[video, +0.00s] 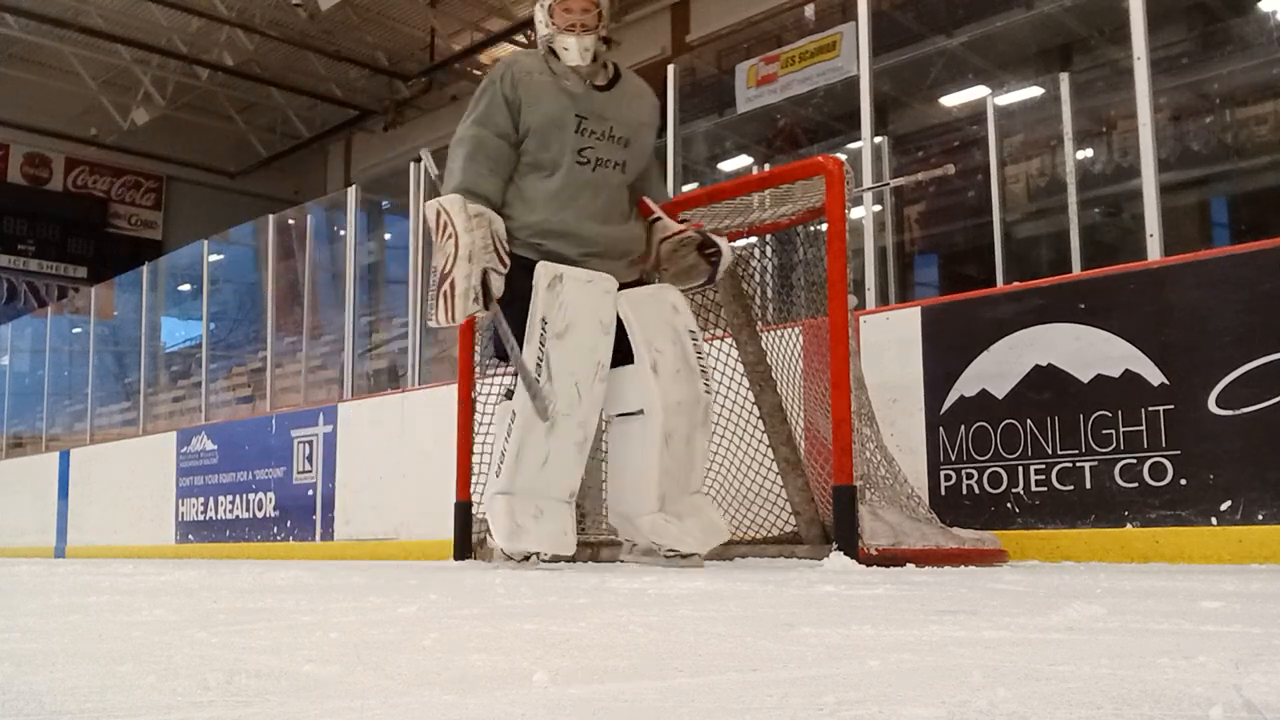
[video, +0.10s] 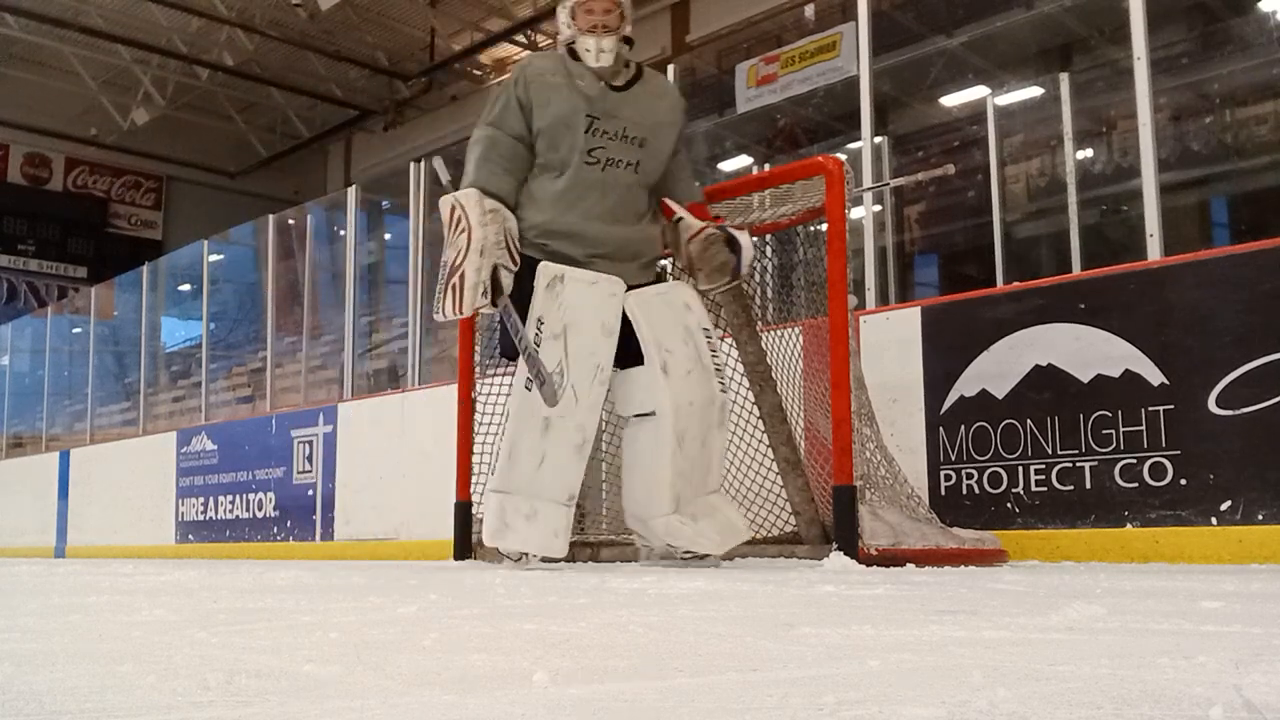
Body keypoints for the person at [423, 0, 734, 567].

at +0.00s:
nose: (574, 13)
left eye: (585, 5)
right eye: (562, 5)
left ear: (603, 16)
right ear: (543, 15)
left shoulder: (639, 96)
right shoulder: (515, 78)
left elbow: (646, 198)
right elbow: (476, 164)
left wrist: (670, 250)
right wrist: (470, 237)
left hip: (623, 277)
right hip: (536, 267)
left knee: (662, 382)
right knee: (562, 383)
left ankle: (657, 530)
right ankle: (531, 534)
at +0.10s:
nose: (598, 18)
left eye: (609, 9)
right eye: (586, 9)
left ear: (626, 18)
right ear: (567, 19)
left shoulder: (662, 96)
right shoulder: (533, 80)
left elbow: (678, 180)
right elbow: (495, 160)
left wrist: (711, 234)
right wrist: (483, 227)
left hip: (640, 271)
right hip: (551, 266)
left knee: (676, 392)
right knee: (558, 395)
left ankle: (675, 532)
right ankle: (530, 536)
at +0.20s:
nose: (626, 24)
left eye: (637, 15)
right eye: (614, 14)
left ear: (654, 21)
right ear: (594, 19)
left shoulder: (690, 95)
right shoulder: (555, 80)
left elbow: (703, 173)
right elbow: (517, 148)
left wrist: (735, 232)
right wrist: (502, 210)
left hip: (660, 275)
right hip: (565, 270)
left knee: (696, 396)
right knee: (554, 401)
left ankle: (702, 530)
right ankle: (529, 534)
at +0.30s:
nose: (654, 19)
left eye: (666, 10)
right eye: (641, 9)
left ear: (682, 20)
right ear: (621, 17)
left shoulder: (715, 95)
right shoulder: (581, 78)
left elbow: (730, 179)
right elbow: (541, 155)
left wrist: (757, 237)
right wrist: (519, 215)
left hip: (680, 270)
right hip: (583, 265)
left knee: (723, 387)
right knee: (558, 395)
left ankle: (742, 529)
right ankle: (526, 535)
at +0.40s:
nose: (678, 27)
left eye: (690, 17)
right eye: (667, 15)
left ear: (707, 23)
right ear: (648, 18)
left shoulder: (736, 93)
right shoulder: (600, 77)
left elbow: (759, 189)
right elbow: (560, 161)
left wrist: (776, 249)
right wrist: (532, 212)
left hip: (693, 263)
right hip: (597, 261)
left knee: (728, 391)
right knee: (556, 391)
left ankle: (769, 535)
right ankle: (517, 536)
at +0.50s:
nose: (694, 21)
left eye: (706, 12)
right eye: (683, 11)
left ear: (724, 22)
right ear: (666, 17)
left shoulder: (749, 92)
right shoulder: (617, 77)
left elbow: (775, 185)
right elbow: (577, 156)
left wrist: (793, 244)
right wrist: (543, 208)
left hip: (708, 267)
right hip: (614, 267)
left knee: (734, 395)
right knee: (565, 391)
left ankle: (779, 533)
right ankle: (549, 533)